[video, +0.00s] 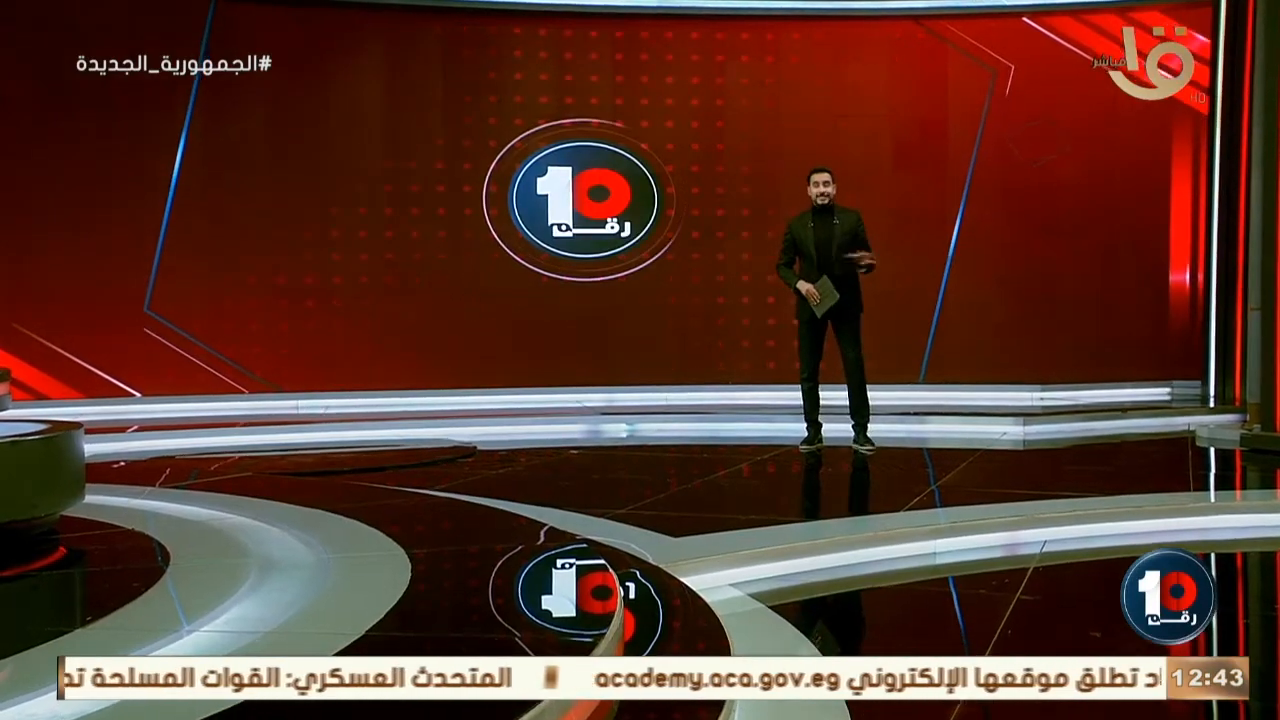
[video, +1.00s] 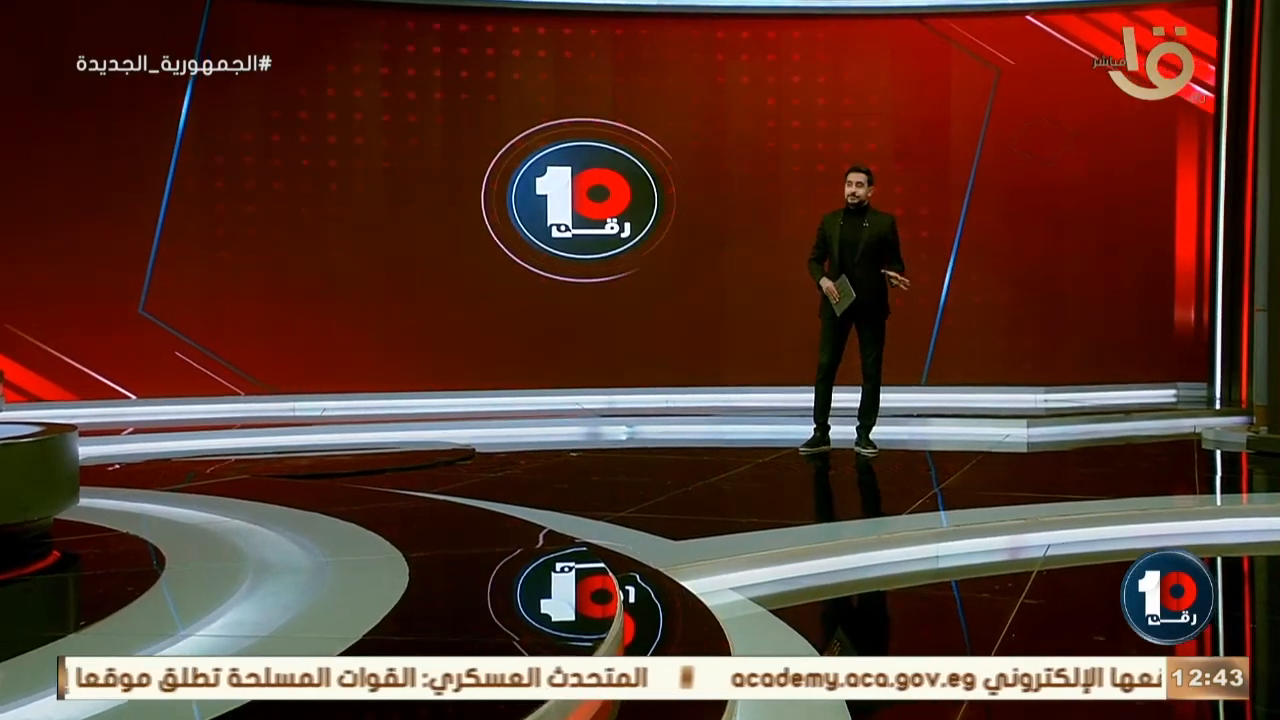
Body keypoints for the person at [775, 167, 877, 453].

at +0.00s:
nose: (822, 189)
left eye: (826, 184)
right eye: (816, 185)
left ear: (835, 188)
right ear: (808, 190)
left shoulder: (851, 219)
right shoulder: (797, 225)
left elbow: (865, 260)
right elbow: (783, 266)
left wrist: (866, 262)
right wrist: (799, 283)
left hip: (846, 303)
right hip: (811, 305)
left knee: (854, 366)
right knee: (808, 370)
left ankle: (860, 432)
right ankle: (813, 431)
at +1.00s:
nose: (853, 189)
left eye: (860, 185)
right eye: (849, 184)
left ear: (870, 190)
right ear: (843, 188)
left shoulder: (884, 222)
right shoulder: (830, 221)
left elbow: (895, 263)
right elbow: (815, 262)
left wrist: (894, 276)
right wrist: (822, 280)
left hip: (871, 307)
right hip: (836, 305)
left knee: (871, 373)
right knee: (825, 368)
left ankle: (864, 435)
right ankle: (820, 433)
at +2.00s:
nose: (863, 189)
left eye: (869, 185)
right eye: (859, 183)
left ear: (878, 190)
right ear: (852, 187)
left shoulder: (892, 224)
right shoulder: (836, 221)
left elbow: (902, 264)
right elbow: (818, 261)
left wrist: (900, 277)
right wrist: (828, 281)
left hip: (876, 309)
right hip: (841, 307)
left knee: (874, 376)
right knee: (829, 370)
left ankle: (866, 438)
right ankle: (823, 435)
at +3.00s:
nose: (857, 192)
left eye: (862, 186)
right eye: (852, 186)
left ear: (871, 190)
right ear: (844, 190)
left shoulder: (886, 223)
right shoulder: (830, 223)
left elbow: (896, 261)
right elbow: (812, 265)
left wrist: (903, 278)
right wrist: (825, 283)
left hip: (873, 308)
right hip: (836, 307)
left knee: (873, 376)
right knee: (826, 372)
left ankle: (868, 440)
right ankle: (819, 437)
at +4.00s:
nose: (820, 195)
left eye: (825, 189)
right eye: (815, 190)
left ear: (834, 191)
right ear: (807, 194)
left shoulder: (852, 224)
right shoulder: (796, 228)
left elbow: (868, 266)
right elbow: (782, 270)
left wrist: (860, 283)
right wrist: (796, 284)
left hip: (844, 311)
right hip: (809, 312)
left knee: (856, 373)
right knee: (810, 378)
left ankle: (868, 441)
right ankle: (819, 441)